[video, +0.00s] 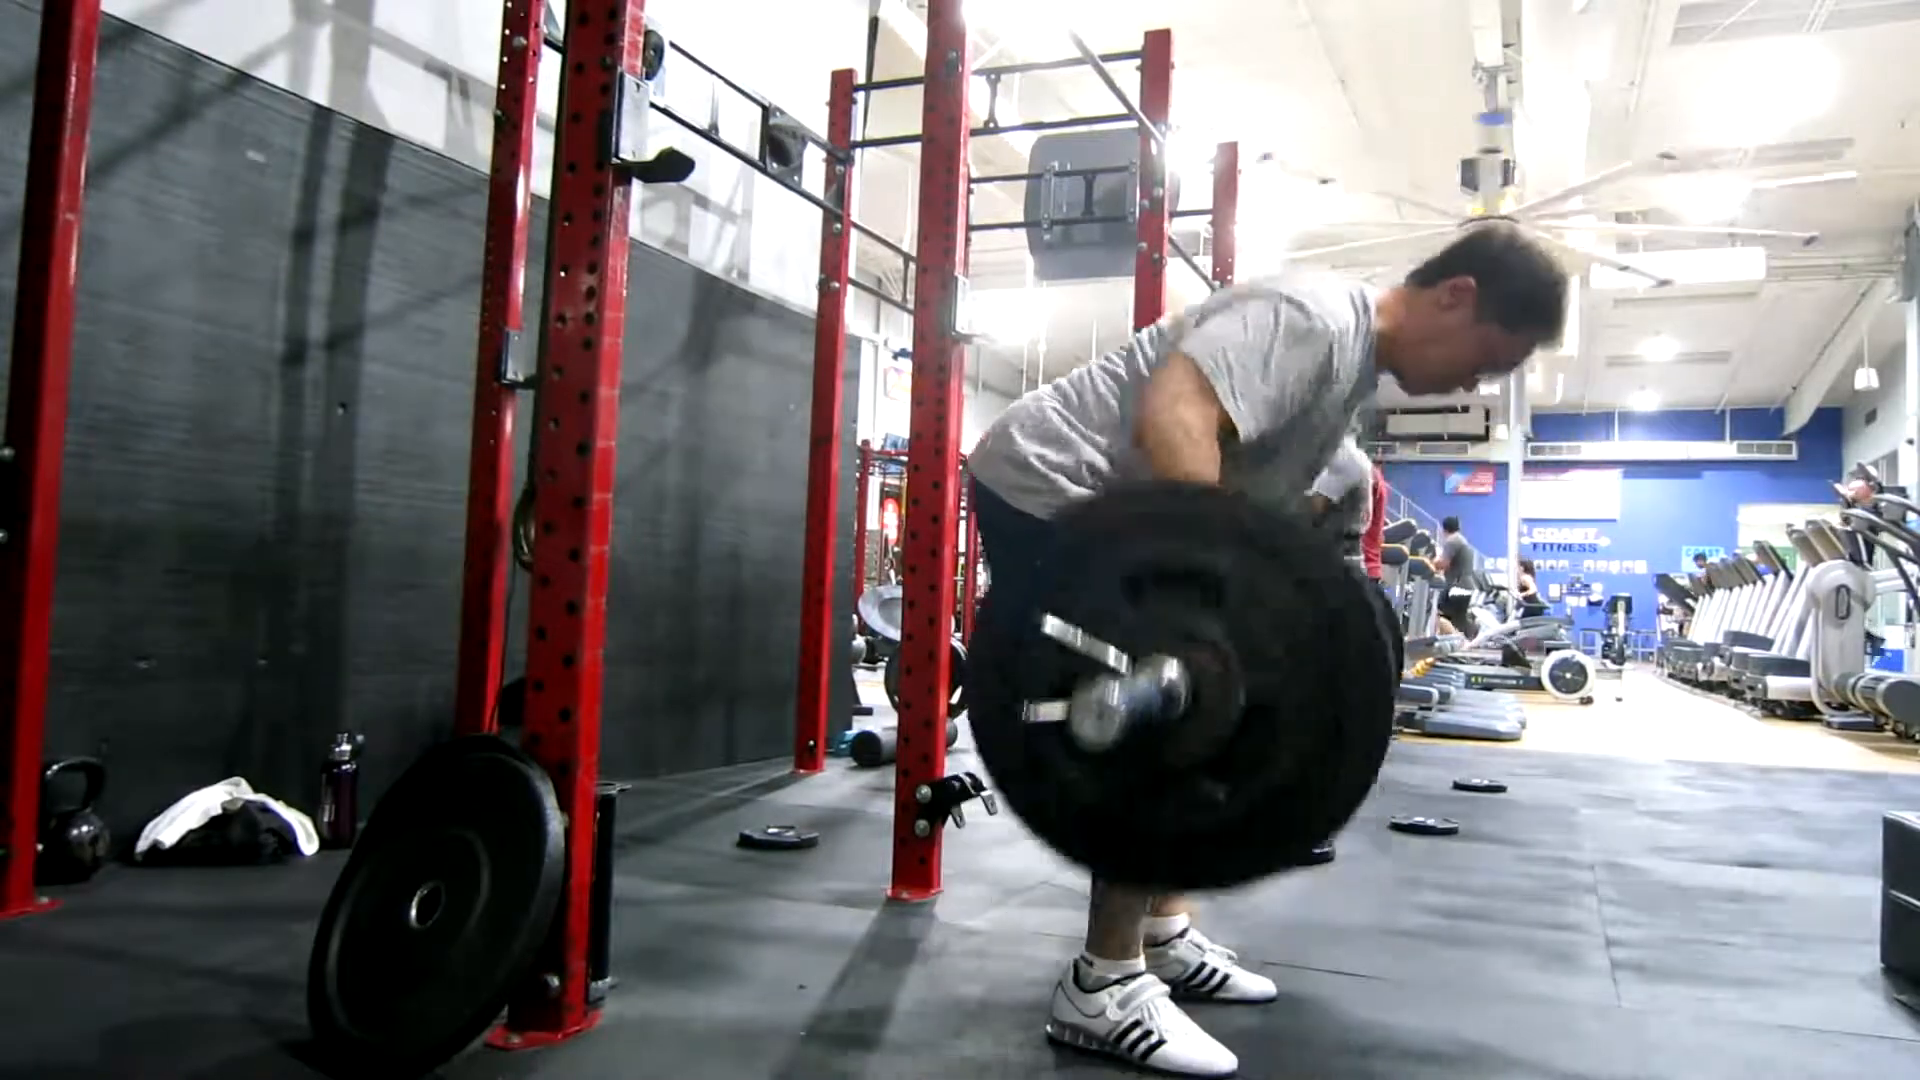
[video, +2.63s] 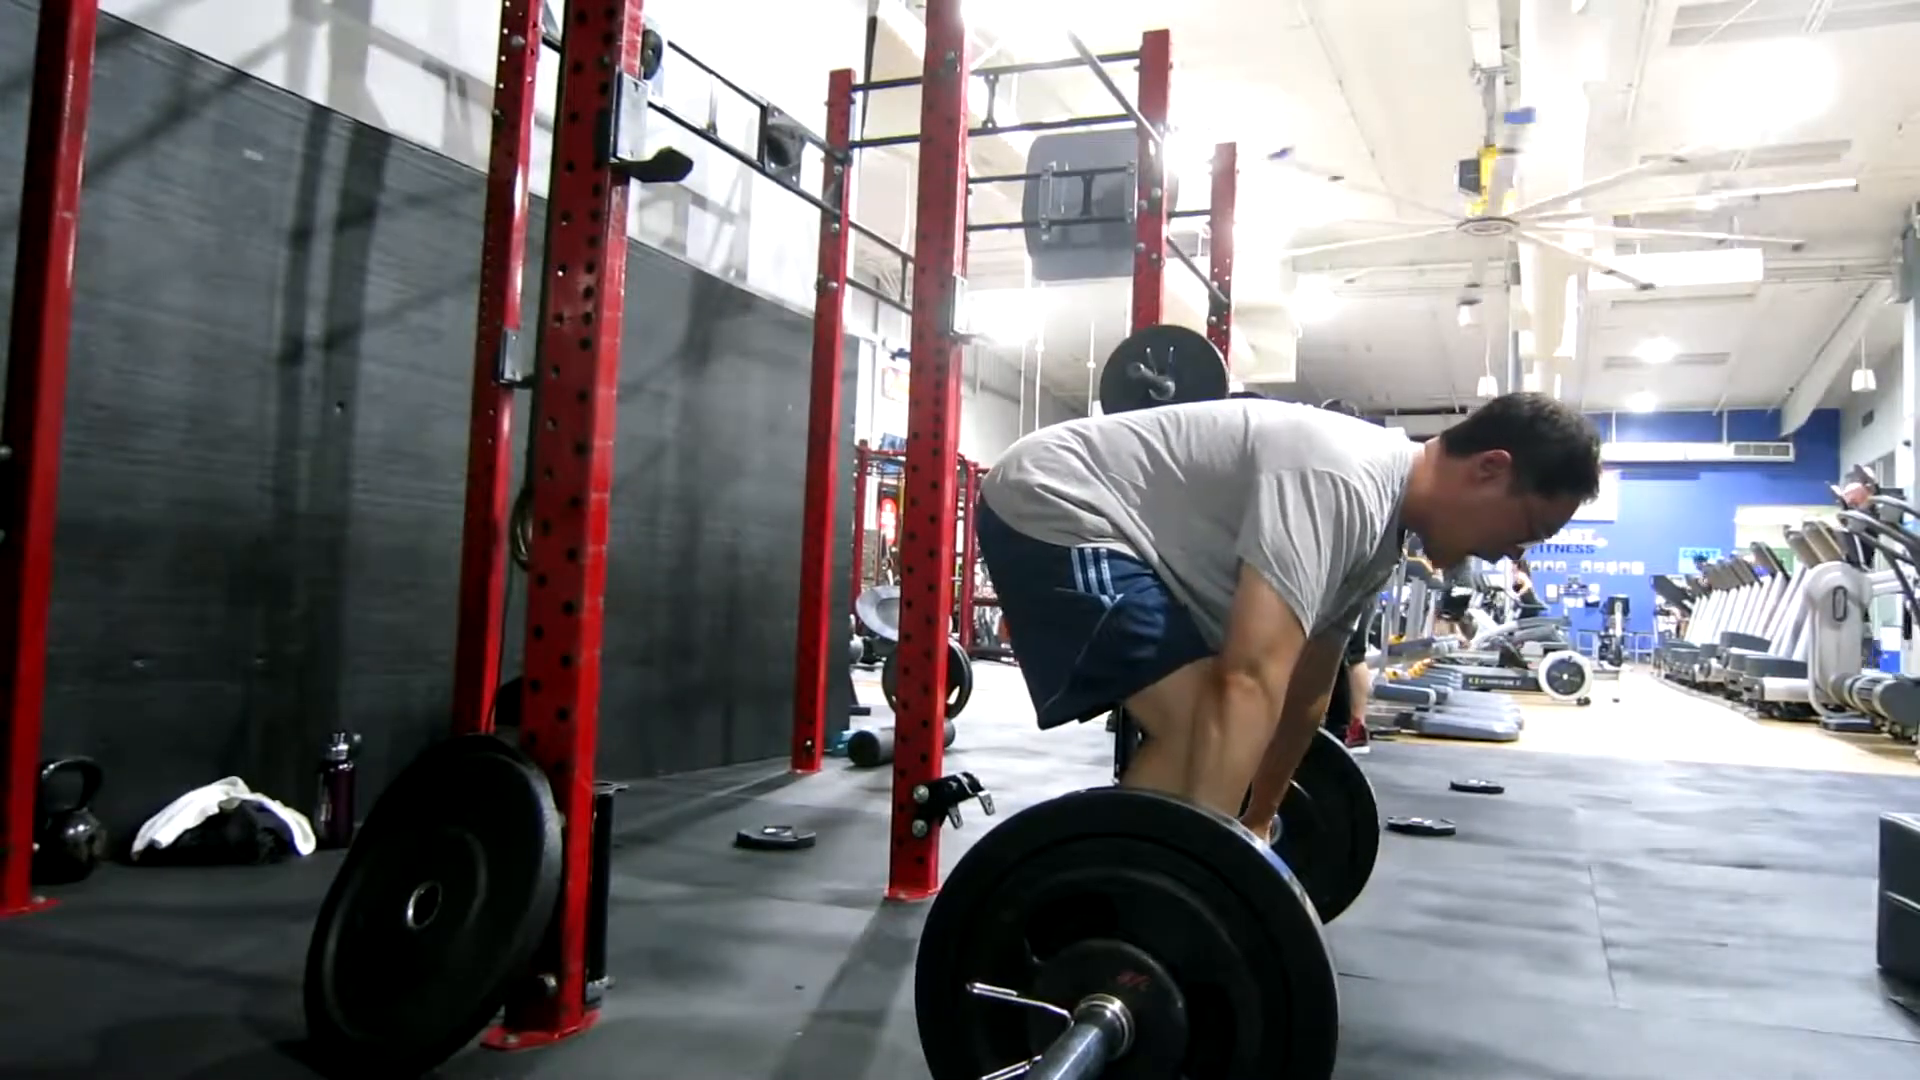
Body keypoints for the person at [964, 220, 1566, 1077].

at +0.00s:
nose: (1474, 387)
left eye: (1491, 374)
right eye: (1488, 364)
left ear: (1455, 300)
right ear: (1457, 298)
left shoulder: (1350, 389)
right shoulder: (1308, 321)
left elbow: (1257, 500)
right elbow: (1170, 413)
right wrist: (1212, 589)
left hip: (1113, 502)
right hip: (1045, 485)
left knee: (1183, 703)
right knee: (1148, 715)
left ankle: (1161, 932)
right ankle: (1103, 980)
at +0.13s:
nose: (1468, 365)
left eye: (1487, 354)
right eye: (1483, 342)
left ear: (1448, 279)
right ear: (1450, 274)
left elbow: (1336, 529)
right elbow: (1154, 321)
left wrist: (1350, 663)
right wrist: (1212, 473)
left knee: (1211, 717)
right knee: (1163, 725)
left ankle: (1163, 932)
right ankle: (1103, 980)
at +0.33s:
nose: (1486, 458)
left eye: (1507, 446)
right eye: (1503, 435)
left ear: (1472, 366)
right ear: (1476, 366)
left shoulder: (1371, 397)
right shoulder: (1346, 336)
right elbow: (1168, 271)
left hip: (1200, 555)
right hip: (1133, 533)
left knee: (1220, 724)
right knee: (1172, 733)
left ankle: (1162, 939)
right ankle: (1102, 981)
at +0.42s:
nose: (1491, 448)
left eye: (1510, 437)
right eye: (1506, 425)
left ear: (1479, 353)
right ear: (1479, 356)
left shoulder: (1369, 412)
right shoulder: (1343, 342)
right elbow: (1172, 332)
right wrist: (1198, 509)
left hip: (1110, 506)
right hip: (1039, 487)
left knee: (1203, 705)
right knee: (1155, 713)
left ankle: (1158, 936)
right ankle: (1103, 979)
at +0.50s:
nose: (1491, 450)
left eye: (1509, 438)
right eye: (1505, 427)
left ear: (1476, 358)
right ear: (1476, 359)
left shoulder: (1350, 433)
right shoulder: (1337, 364)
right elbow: (1187, 416)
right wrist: (1226, 599)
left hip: (1115, 508)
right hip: (1044, 483)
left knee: (1175, 715)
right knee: (1121, 728)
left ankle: (1163, 946)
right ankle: (1104, 979)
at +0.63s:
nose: (1489, 483)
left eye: (1509, 470)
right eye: (1503, 458)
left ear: (1470, 393)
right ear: (1471, 395)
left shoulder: (1360, 452)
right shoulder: (1340, 424)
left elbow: (1277, 595)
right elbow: (1219, 557)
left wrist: (1280, 752)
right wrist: (1222, 762)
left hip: (1097, 512)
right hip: (1041, 489)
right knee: (1190, 697)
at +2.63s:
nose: (1515, 555)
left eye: (1532, 543)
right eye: (1526, 531)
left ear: (1487, 470)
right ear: (1490, 470)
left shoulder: (1380, 530)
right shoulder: (1333, 474)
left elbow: (1306, 697)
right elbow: (1247, 677)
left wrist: (1251, 837)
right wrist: (1190, 883)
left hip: (1110, 526)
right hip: (1056, 499)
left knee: (1190, 729)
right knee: (1212, 712)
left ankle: (1112, 922)